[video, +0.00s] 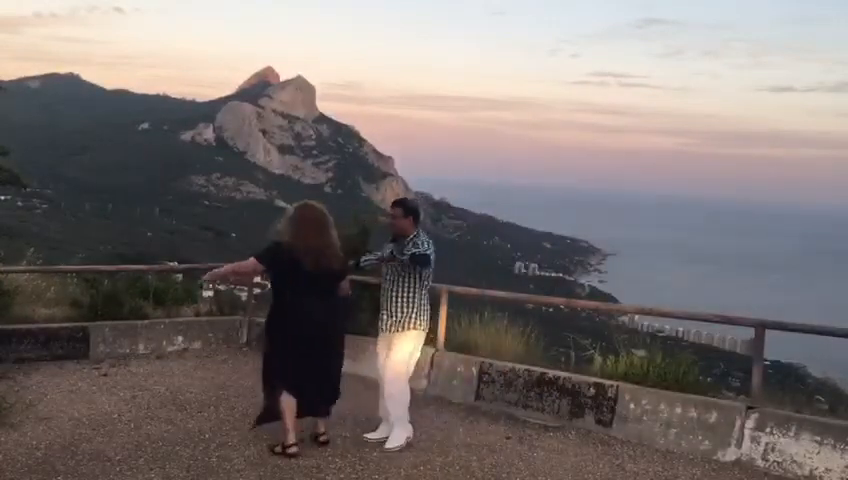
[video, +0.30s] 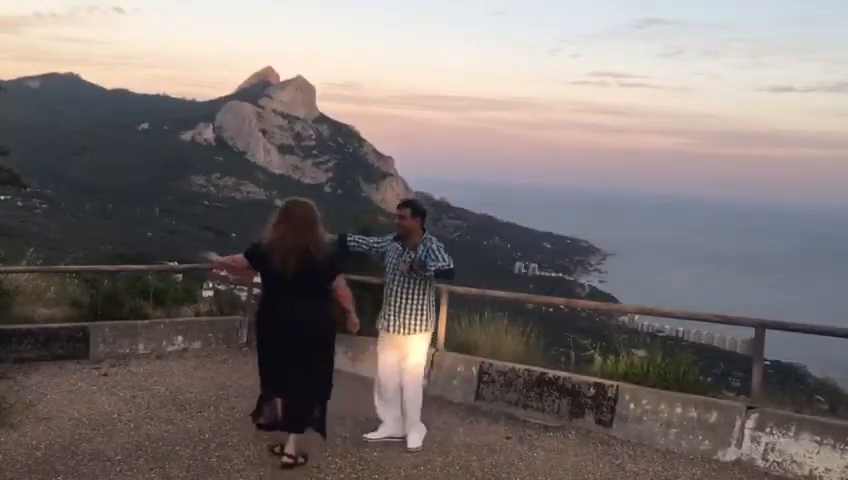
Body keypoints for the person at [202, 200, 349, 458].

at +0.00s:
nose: (284, 227)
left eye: (287, 222)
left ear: (291, 226)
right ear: (327, 228)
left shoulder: (281, 250)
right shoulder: (334, 257)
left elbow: (248, 267)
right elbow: (345, 291)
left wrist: (218, 273)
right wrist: (322, 285)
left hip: (288, 326)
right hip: (325, 328)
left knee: (286, 381)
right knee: (321, 377)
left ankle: (290, 441)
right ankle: (322, 431)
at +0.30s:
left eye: (277, 222)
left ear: (280, 224)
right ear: (315, 224)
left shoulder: (269, 249)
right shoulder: (325, 251)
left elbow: (241, 264)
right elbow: (341, 289)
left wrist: (220, 262)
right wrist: (352, 314)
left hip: (275, 328)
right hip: (313, 330)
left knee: (282, 373)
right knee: (302, 384)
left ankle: (287, 437)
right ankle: (291, 448)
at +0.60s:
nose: (309, 225)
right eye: (307, 220)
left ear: (270, 221)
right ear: (303, 224)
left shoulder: (257, 253)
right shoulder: (310, 254)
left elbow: (233, 267)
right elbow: (334, 291)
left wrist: (224, 269)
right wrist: (365, 309)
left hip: (262, 333)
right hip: (300, 335)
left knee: (261, 384)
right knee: (298, 387)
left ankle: (254, 442)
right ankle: (289, 451)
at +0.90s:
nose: (293, 228)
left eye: (292, 222)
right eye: (291, 223)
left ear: (258, 222)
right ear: (285, 224)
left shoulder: (244, 252)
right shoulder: (286, 255)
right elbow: (310, 295)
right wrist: (341, 304)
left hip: (237, 333)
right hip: (273, 336)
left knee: (239, 390)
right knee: (285, 387)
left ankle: (232, 454)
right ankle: (280, 448)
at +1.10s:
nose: (290, 229)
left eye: (289, 223)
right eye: (288, 223)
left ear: (254, 222)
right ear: (279, 225)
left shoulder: (243, 253)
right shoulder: (279, 257)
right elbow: (303, 292)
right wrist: (326, 289)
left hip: (233, 337)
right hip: (263, 340)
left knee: (242, 391)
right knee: (265, 394)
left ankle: (233, 452)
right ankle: (248, 453)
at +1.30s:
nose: (286, 225)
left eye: (287, 219)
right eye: (285, 219)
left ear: (252, 216)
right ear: (276, 220)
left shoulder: (240, 248)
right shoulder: (276, 248)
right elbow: (301, 278)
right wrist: (322, 279)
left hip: (233, 331)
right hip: (262, 336)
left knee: (242, 388)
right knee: (255, 392)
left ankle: (237, 449)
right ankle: (239, 457)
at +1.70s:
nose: (295, 231)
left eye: (295, 225)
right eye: (294, 225)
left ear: (267, 220)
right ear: (285, 225)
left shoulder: (254, 251)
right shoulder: (272, 254)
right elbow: (284, 297)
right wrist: (322, 304)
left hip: (246, 337)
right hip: (260, 342)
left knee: (261, 397)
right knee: (257, 399)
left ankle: (256, 453)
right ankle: (238, 461)